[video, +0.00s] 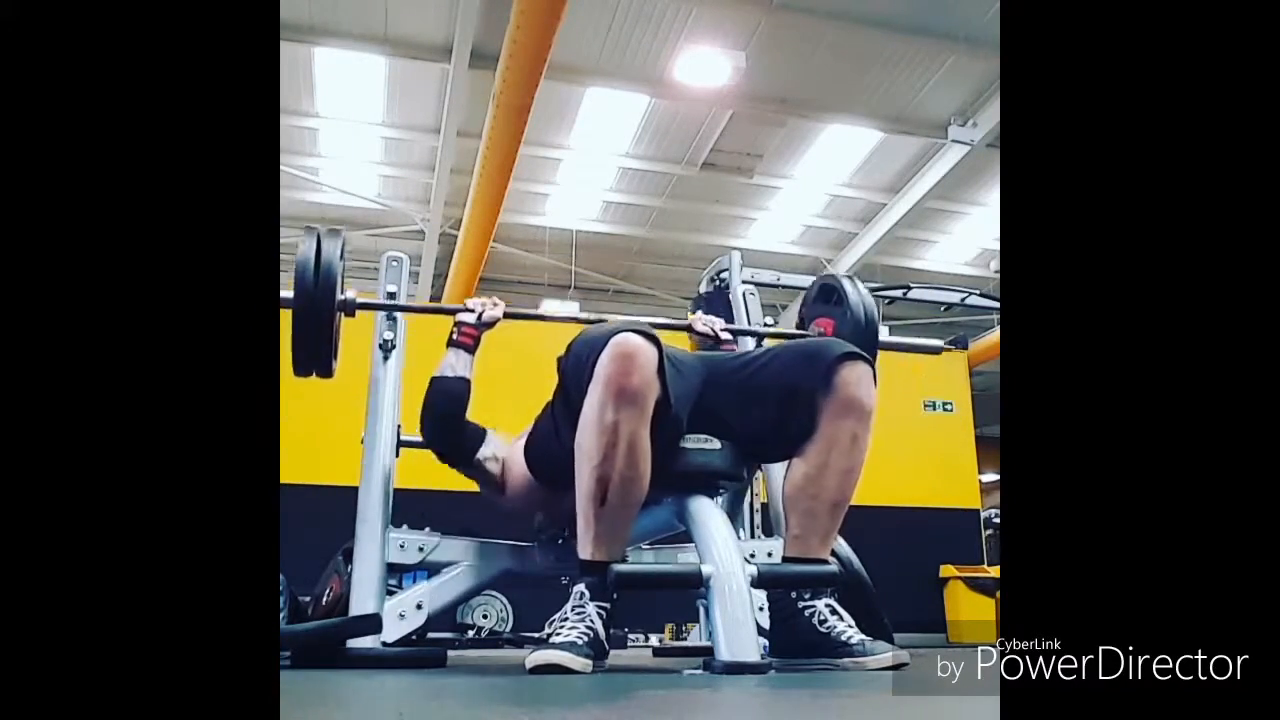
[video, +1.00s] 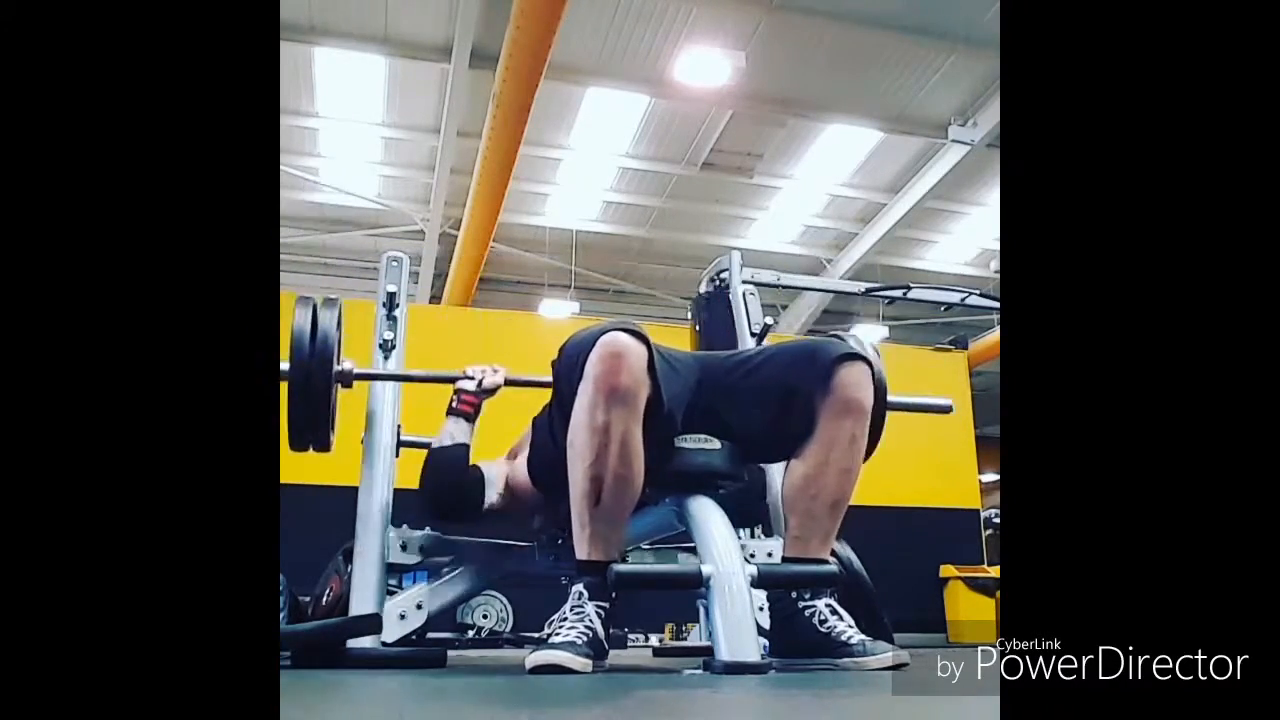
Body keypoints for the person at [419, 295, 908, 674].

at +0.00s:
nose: (503, 485)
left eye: (502, 483)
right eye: (498, 484)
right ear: (501, 475)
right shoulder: (512, 462)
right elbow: (443, 425)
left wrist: (729, 352)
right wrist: (465, 338)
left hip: (704, 386)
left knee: (851, 378)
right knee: (630, 357)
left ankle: (798, 608)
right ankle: (587, 607)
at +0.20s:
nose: (496, 445)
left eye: (496, 446)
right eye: (492, 451)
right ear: (498, 466)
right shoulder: (522, 475)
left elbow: (735, 394)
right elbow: (455, 396)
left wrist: (720, 328)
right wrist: (468, 300)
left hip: (707, 384)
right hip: (631, 366)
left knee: (851, 377)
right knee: (628, 355)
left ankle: (800, 606)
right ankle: (586, 605)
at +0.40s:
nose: (496, 439)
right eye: (493, 441)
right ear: (520, 479)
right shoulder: (527, 467)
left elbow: (717, 363)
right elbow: (480, 382)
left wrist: (711, 293)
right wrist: (469, 277)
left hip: (689, 381)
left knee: (845, 374)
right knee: (620, 352)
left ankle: (797, 606)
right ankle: (586, 606)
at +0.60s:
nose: (494, 438)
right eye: (490, 443)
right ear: (502, 465)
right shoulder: (522, 467)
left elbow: (725, 384)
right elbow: (462, 386)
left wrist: (711, 310)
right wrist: (464, 286)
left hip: (683, 390)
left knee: (841, 374)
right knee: (617, 352)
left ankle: (799, 607)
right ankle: (585, 605)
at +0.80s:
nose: (494, 475)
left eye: (491, 471)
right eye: (488, 481)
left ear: (510, 459)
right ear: (498, 492)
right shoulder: (517, 463)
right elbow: (432, 434)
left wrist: (715, 352)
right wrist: (464, 343)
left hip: (703, 383)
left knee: (841, 376)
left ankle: (799, 606)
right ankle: (587, 605)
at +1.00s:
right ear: (494, 509)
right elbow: (445, 491)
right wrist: (464, 405)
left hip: (708, 375)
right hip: (633, 359)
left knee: (850, 376)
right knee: (615, 356)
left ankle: (801, 604)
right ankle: (587, 605)